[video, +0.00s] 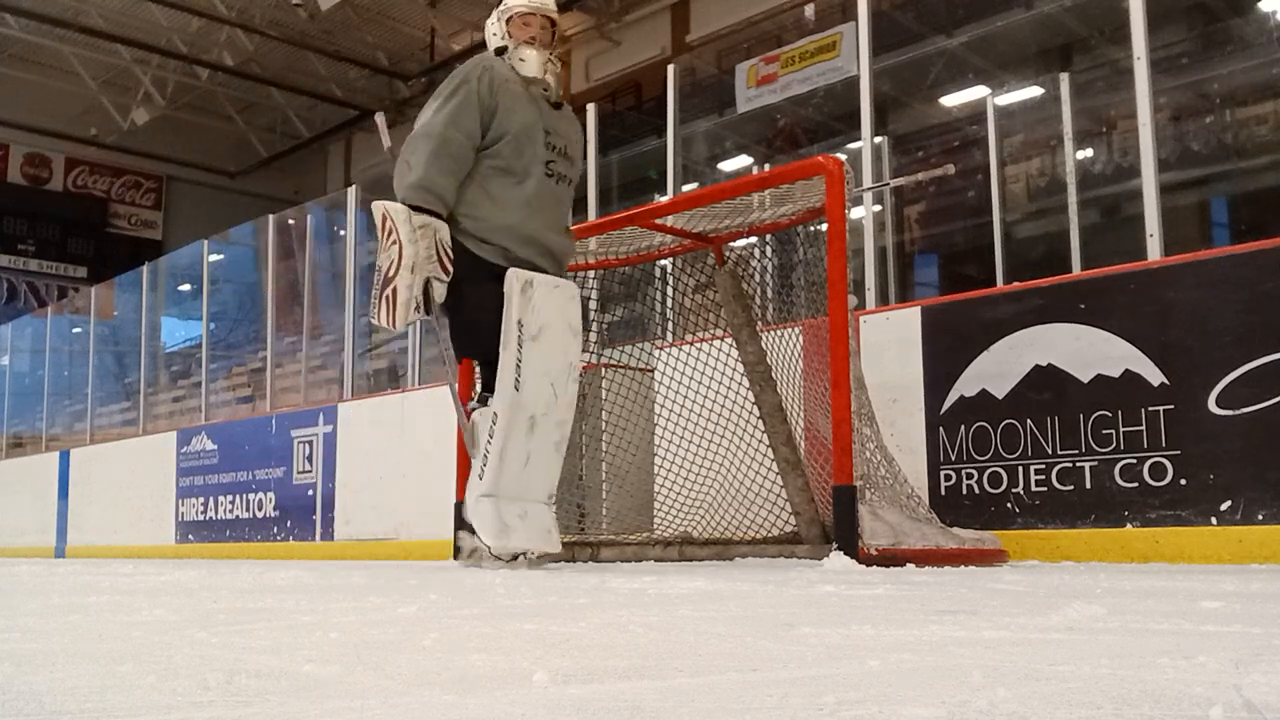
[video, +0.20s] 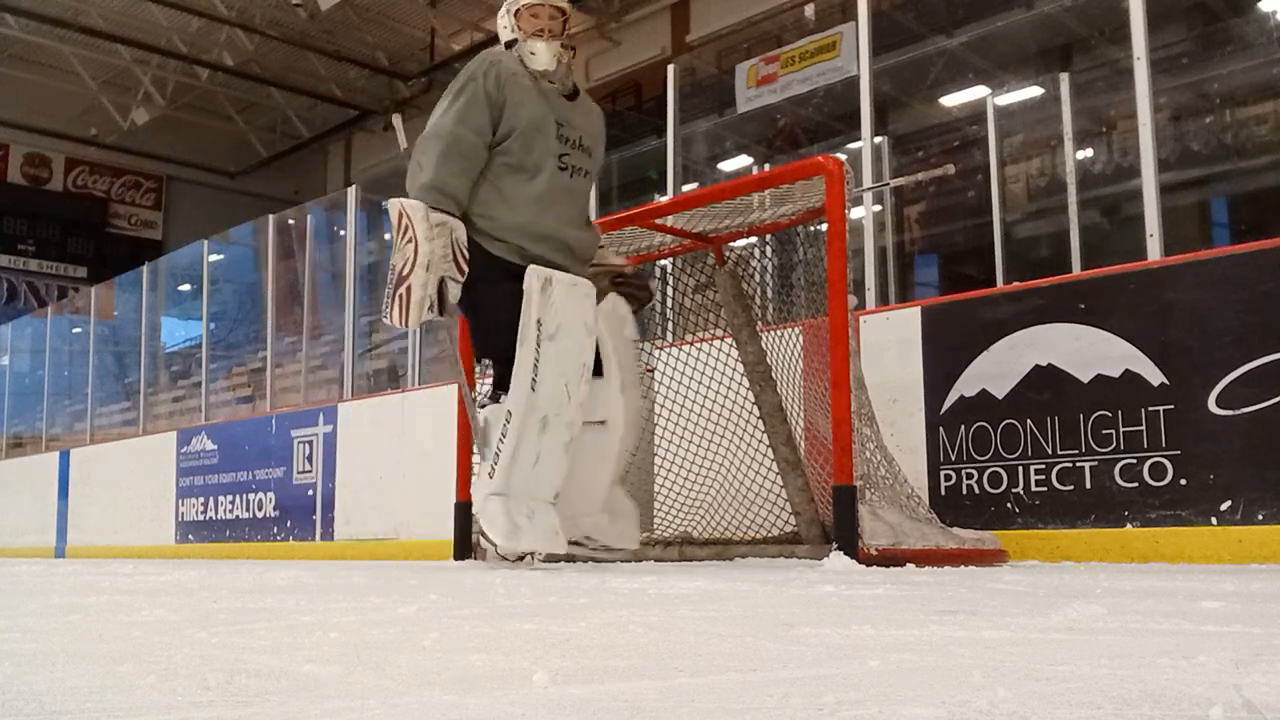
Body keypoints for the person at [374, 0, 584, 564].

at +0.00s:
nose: (533, 29)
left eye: (542, 22)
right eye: (522, 19)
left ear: (553, 34)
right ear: (503, 28)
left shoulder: (565, 113)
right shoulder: (483, 73)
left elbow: (562, 190)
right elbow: (438, 139)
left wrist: (553, 246)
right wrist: (422, 218)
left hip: (545, 268)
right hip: (482, 255)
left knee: (542, 396)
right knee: (501, 390)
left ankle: (519, 527)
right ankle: (480, 524)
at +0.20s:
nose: (545, 25)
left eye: (555, 16)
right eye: (532, 14)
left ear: (568, 27)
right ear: (511, 23)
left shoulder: (588, 112)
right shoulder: (491, 73)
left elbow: (573, 202)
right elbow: (446, 148)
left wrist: (596, 257)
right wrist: (433, 234)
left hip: (568, 270)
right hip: (498, 259)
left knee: (592, 394)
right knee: (518, 394)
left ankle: (583, 523)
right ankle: (513, 529)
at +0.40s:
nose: (559, 13)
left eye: (570, 5)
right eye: (547, 5)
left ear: (587, 16)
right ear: (528, 15)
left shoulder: (619, 101)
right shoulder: (504, 76)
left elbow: (612, 209)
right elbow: (463, 164)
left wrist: (649, 255)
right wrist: (457, 243)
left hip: (605, 273)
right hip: (521, 263)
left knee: (646, 388)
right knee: (551, 390)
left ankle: (637, 526)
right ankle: (529, 534)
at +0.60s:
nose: (598, 18)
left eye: (609, 9)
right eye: (586, 9)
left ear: (626, 18)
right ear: (567, 19)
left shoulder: (662, 96)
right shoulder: (533, 80)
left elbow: (678, 180)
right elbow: (495, 160)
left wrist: (711, 234)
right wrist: (483, 227)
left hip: (640, 271)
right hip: (551, 266)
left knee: (676, 392)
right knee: (558, 395)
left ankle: (675, 532)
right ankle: (530, 536)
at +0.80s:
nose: (654, 19)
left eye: (666, 10)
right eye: (641, 9)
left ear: (682, 20)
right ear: (621, 17)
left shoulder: (715, 95)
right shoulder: (581, 78)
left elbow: (730, 179)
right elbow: (541, 155)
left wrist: (757, 237)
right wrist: (519, 215)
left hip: (680, 270)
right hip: (583, 265)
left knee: (723, 387)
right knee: (558, 395)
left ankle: (742, 529)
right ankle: (526, 535)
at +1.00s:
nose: (694, 21)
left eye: (706, 12)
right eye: (683, 11)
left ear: (724, 22)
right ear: (666, 17)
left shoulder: (749, 92)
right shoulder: (617, 77)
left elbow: (775, 185)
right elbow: (577, 156)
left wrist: (793, 244)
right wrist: (543, 208)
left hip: (708, 267)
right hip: (614, 267)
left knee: (734, 395)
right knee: (565, 391)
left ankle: (779, 533)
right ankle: (549, 533)